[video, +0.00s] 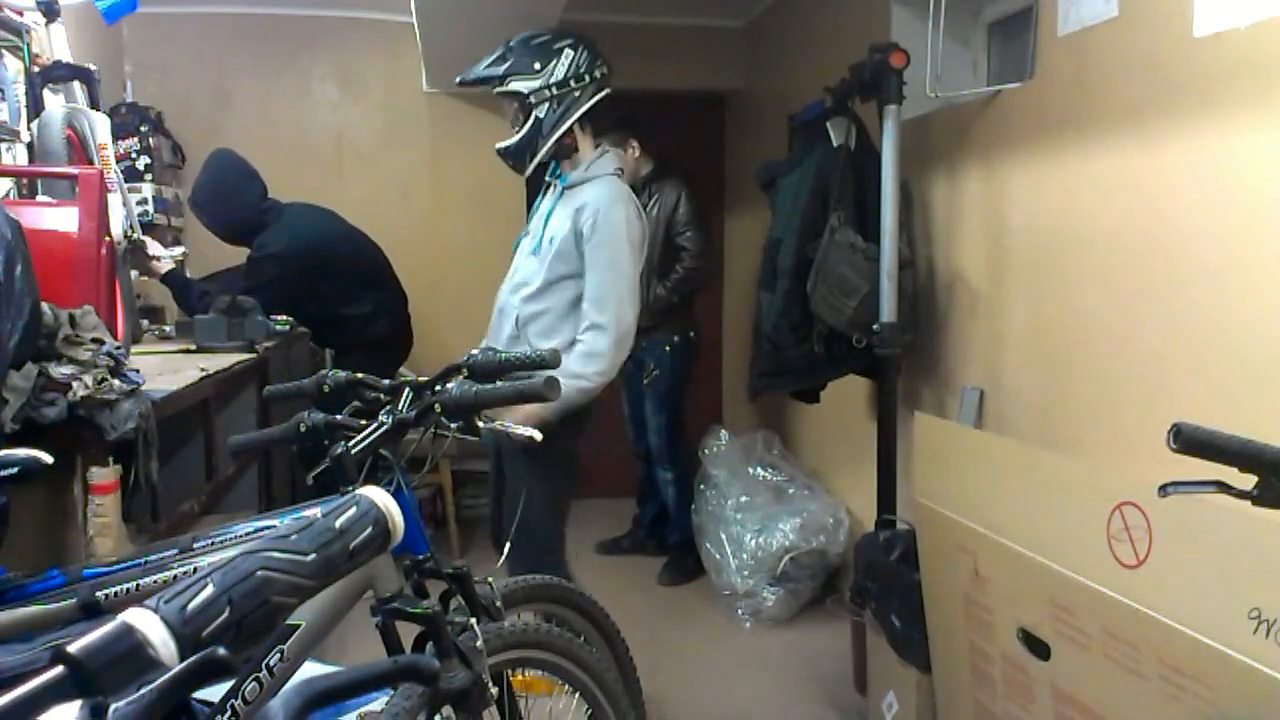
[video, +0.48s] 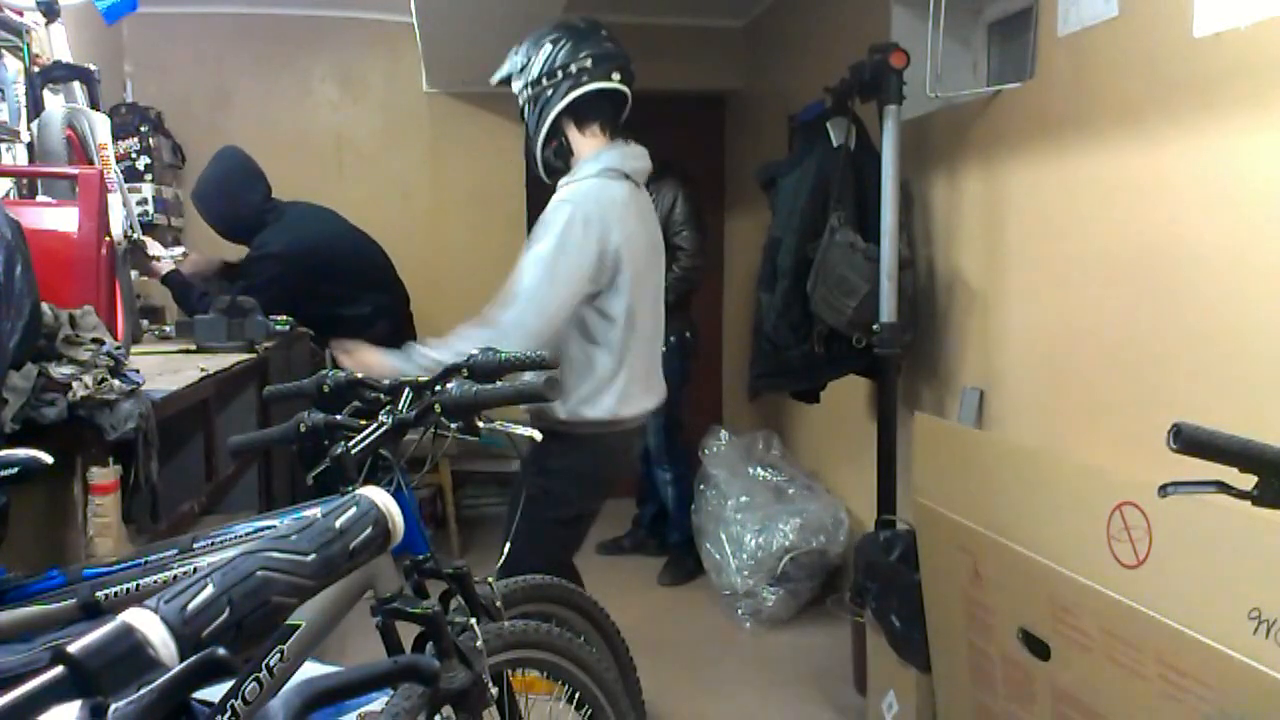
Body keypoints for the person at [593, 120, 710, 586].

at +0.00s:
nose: (611, 170)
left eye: (613, 160)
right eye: (607, 163)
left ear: (634, 150)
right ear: (626, 154)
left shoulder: (672, 192)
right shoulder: (624, 200)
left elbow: (693, 260)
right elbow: (625, 261)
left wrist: (652, 303)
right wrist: (620, 300)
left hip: (668, 334)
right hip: (635, 333)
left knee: (664, 441)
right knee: (641, 441)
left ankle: (685, 545)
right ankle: (650, 529)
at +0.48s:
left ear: (634, 156)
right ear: (617, 161)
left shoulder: (668, 191)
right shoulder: (615, 200)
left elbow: (689, 262)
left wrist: (651, 306)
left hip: (667, 330)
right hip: (634, 329)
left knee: (663, 433)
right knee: (643, 433)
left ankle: (684, 542)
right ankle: (650, 526)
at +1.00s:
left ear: (633, 152)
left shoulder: (668, 190)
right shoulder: (614, 199)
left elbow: (689, 263)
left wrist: (649, 302)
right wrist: (619, 301)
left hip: (667, 331)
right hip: (633, 329)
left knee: (662, 435)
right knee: (640, 435)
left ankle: (684, 542)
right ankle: (649, 527)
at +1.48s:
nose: (611, 169)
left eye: (614, 159)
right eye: (607, 163)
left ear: (634, 152)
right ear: (626, 156)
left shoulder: (669, 191)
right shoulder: (621, 196)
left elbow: (690, 260)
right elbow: (620, 256)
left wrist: (652, 299)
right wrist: (618, 297)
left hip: (664, 333)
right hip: (631, 332)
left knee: (663, 442)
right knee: (640, 441)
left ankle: (685, 545)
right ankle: (650, 529)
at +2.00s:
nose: (602, 169)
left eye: (606, 159)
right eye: (597, 162)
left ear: (632, 152)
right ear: (603, 163)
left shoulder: (667, 192)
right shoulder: (611, 200)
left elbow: (689, 260)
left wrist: (654, 301)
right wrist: (610, 301)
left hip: (664, 323)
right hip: (624, 323)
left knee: (664, 436)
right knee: (639, 436)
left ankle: (685, 544)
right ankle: (650, 526)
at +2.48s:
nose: (612, 161)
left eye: (616, 152)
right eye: (608, 154)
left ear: (632, 150)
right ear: (612, 154)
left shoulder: (667, 193)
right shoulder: (607, 196)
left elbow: (688, 261)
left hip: (665, 324)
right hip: (622, 323)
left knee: (665, 435)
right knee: (638, 433)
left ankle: (684, 542)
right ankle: (651, 523)